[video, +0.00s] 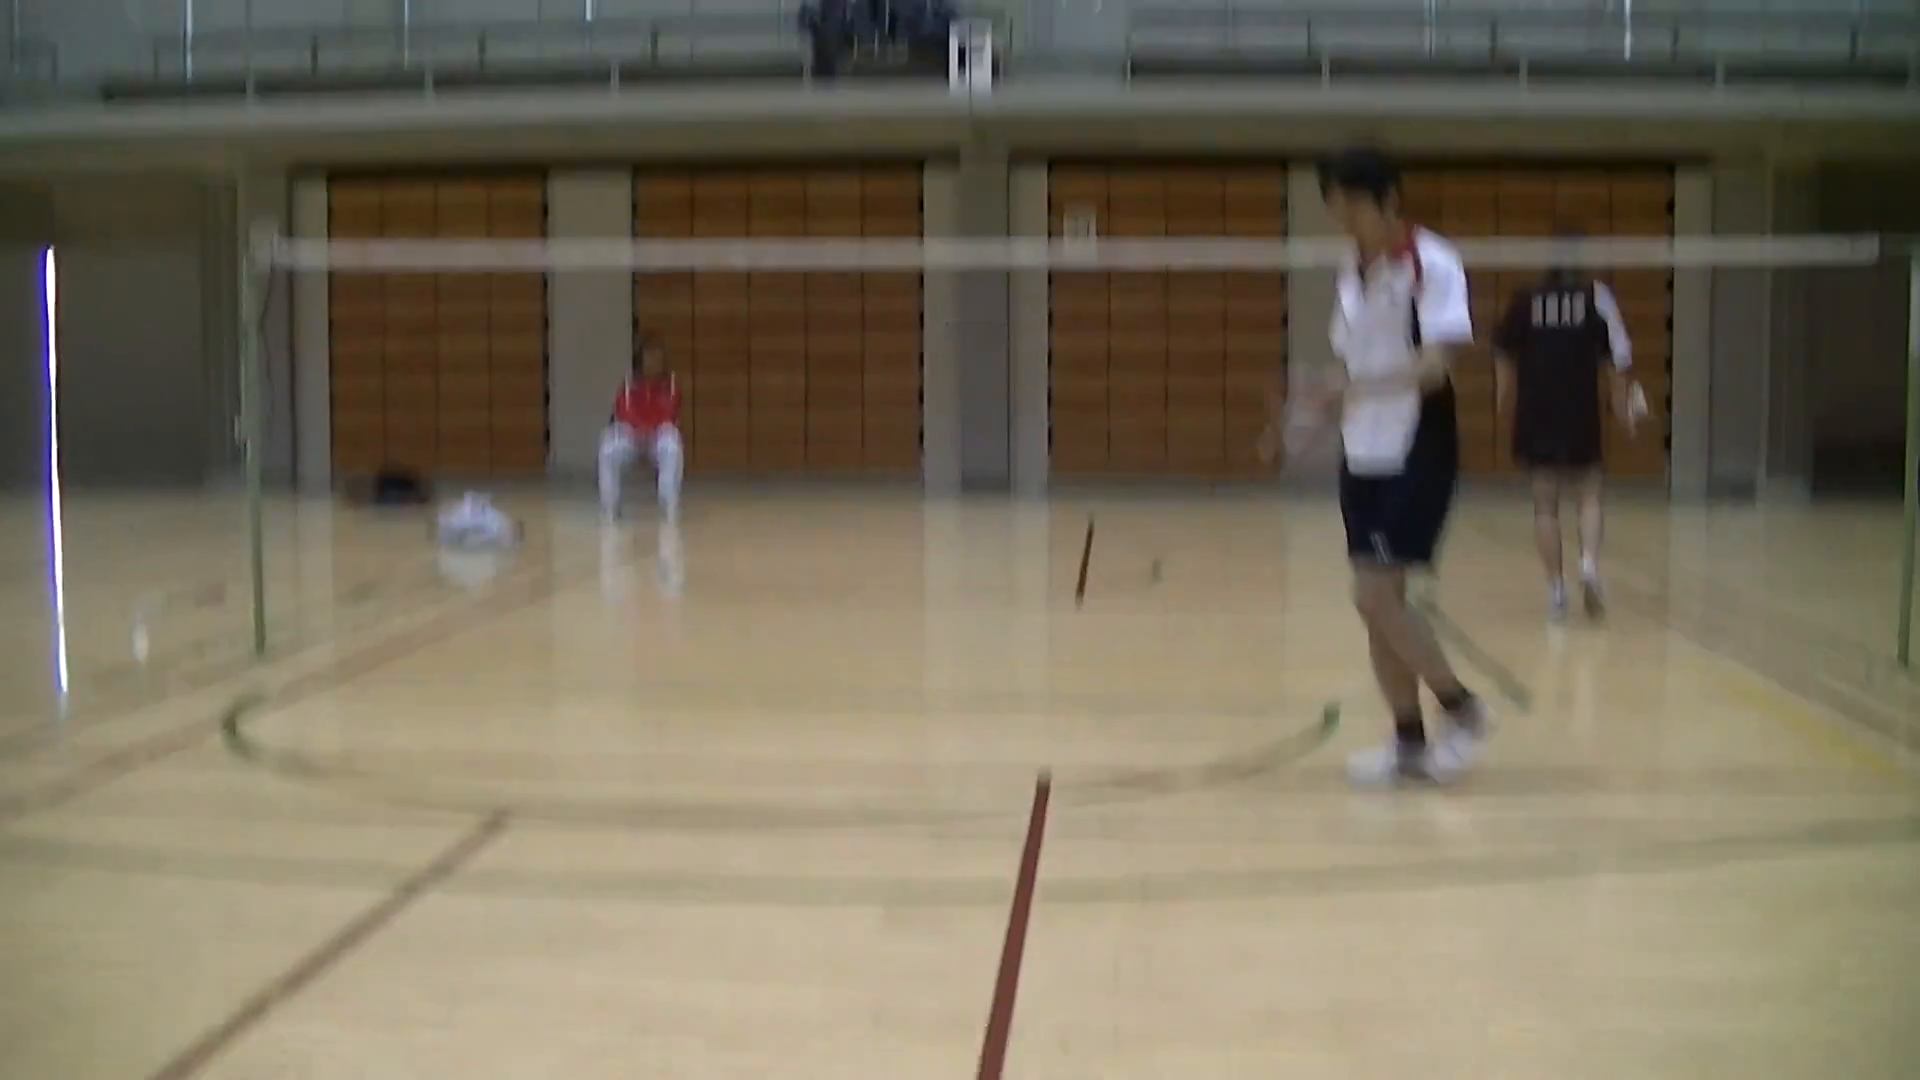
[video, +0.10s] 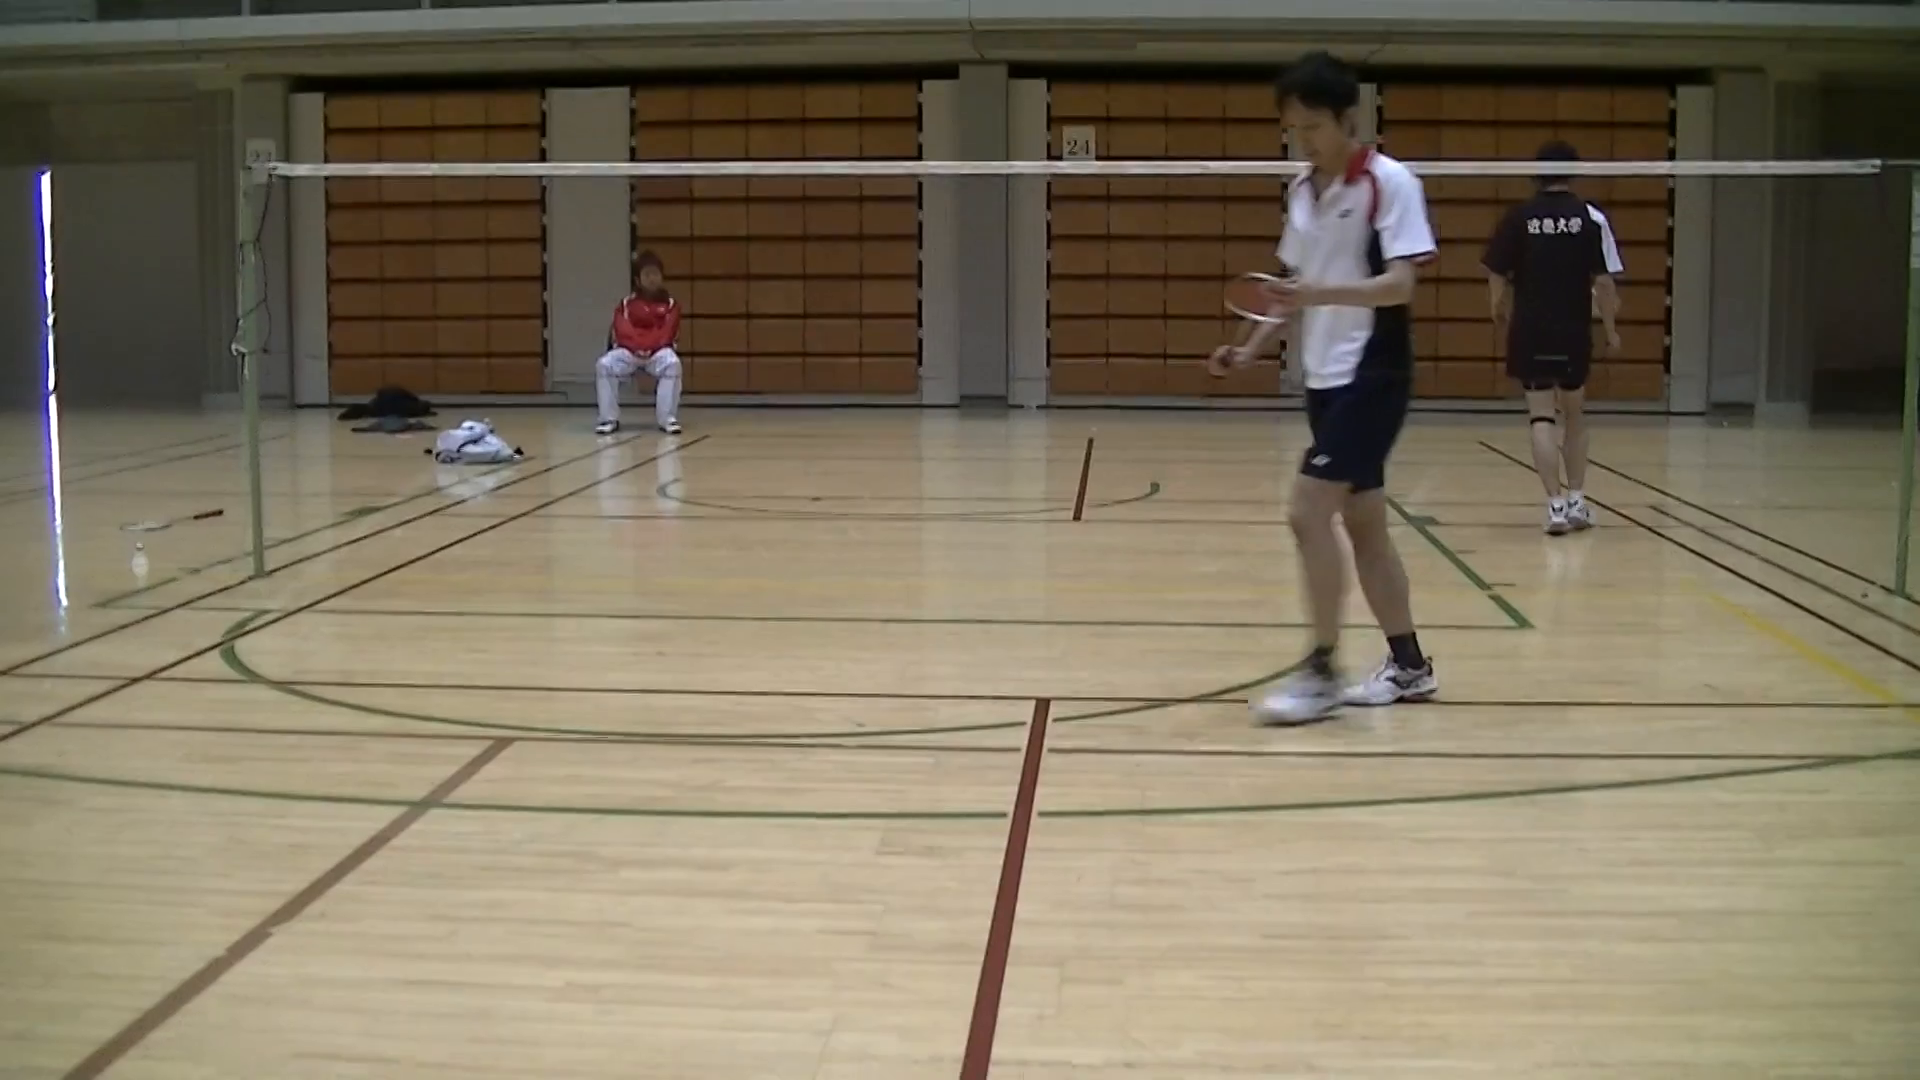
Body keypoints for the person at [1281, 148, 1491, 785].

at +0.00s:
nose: (1348, 223)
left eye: (1355, 208)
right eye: (1340, 211)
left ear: (1388, 200)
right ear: (1337, 211)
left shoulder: (1435, 264)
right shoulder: (1350, 273)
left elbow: (1442, 360)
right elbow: (1346, 368)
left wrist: (1356, 388)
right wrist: (1307, 416)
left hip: (1418, 439)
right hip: (1362, 440)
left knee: (1377, 590)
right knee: (1374, 596)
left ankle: (1462, 710)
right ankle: (1410, 741)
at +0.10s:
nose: (1299, 142)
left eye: (1309, 127)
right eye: (1292, 129)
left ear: (1347, 120)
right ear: (1291, 128)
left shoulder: (1392, 182)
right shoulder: (1304, 191)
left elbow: (1402, 286)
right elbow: (1290, 288)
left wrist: (1315, 295)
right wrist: (1249, 348)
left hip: (1373, 377)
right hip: (1324, 378)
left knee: (1308, 509)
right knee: (1366, 525)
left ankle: (1322, 671)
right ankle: (1409, 664)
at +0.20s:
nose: (1249, 132)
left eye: (1261, 118)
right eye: (1241, 119)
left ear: (1297, 113)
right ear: (1236, 119)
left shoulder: (1340, 176)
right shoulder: (1254, 184)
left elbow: (1360, 282)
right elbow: (1236, 277)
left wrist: (1268, 285)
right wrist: (1191, 337)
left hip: (1321, 373)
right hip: (1277, 373)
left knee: (1258, 513)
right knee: (1337, 515)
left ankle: (1197, 663)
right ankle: (1403, 639)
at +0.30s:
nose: (1197, 137)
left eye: (1208, 123)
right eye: (1189, 124)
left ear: (1246, 112)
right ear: (1186, 118)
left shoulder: (1286, 178)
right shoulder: (1202, 176)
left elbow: (1308, 286)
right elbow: (1200, 274)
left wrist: (1218, 289)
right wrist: (1144, 320)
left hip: (1262, 377)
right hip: (1220, 374)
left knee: (1184, 506)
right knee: (1252, 520)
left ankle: (1159, 668)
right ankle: (1366, 608)